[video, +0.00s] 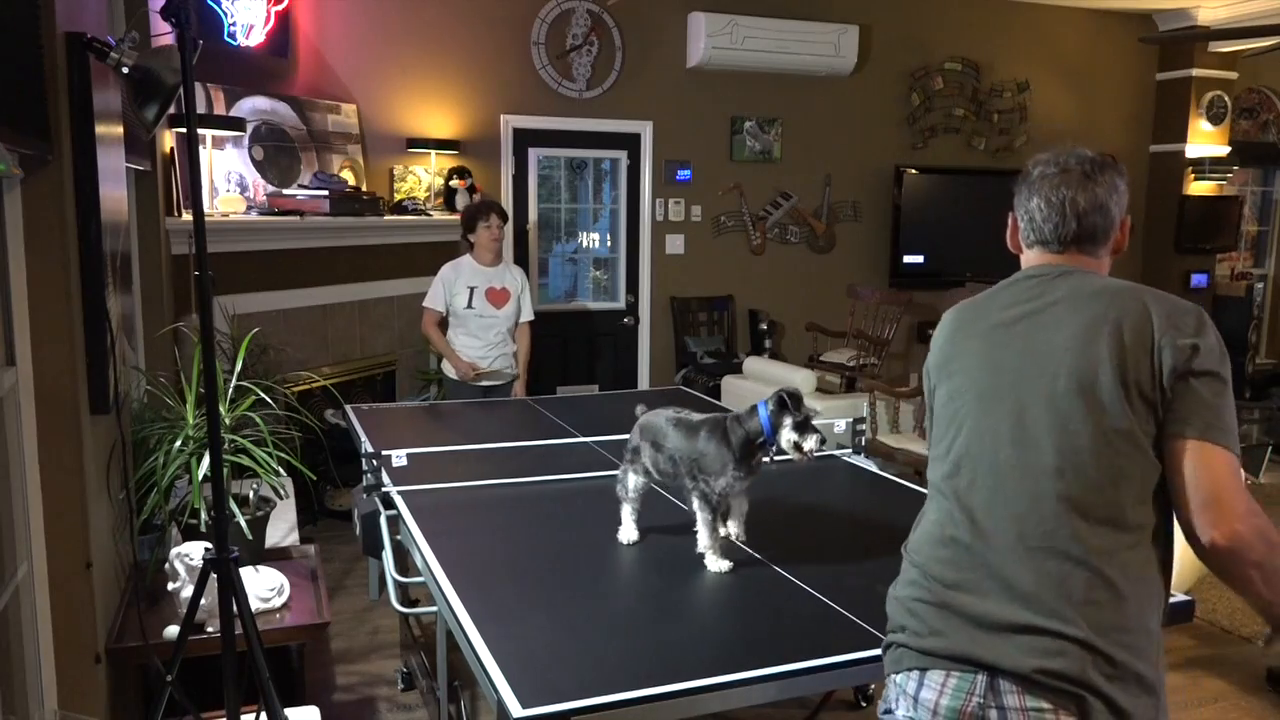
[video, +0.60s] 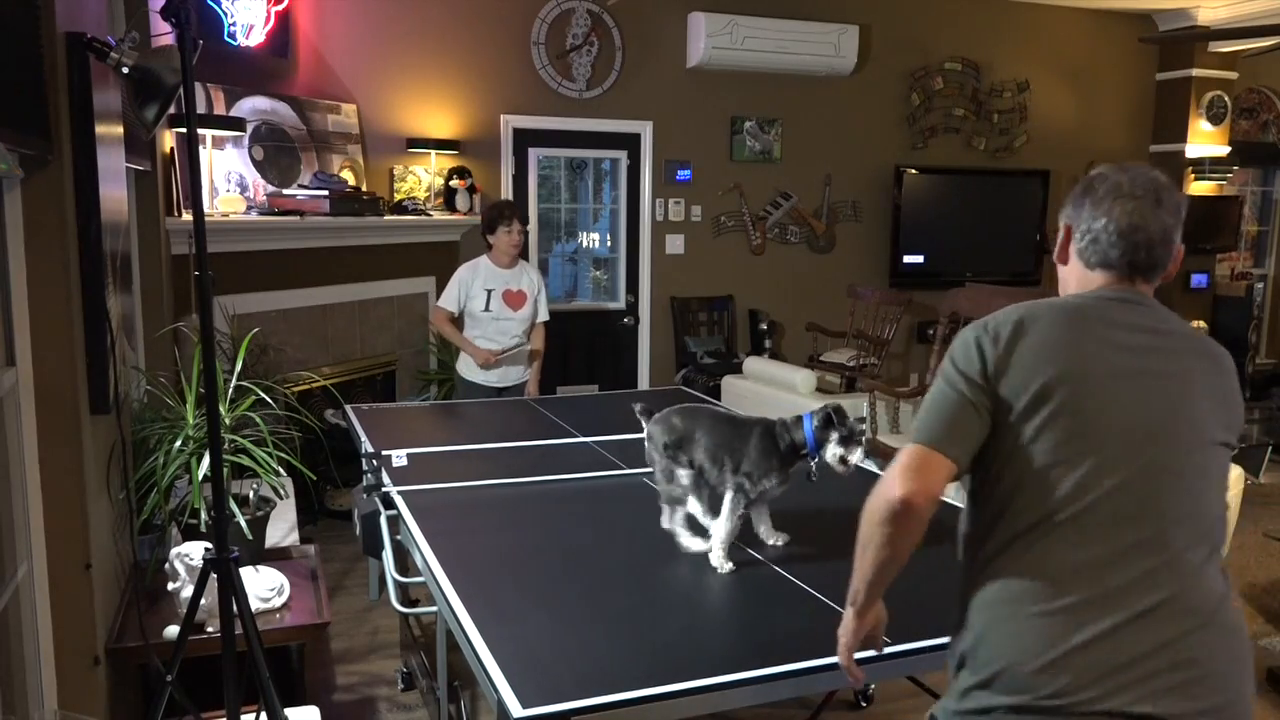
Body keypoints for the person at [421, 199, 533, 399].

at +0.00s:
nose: (496, 233)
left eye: (500, 227)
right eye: (487, 227)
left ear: (504, 231)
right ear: (471, 235)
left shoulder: (516, 275)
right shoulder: (451, 272)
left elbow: (522, 328)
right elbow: (429, 324)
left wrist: (521, 377)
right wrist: (456, 362)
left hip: (504, 381)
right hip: (461, 382)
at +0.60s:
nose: (517, 238)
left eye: (521, 232)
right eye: (508, 232)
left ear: (525, 233)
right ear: (490, 237)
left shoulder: (532, 275)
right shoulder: (468, 273)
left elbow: (537, 328)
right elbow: (438, 317)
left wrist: (534, 378)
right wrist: (474, 352)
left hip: (518, 382)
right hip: (475, 382)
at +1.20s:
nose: (528, 246)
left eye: (532, 240)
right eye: (520, 239)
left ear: (536, 242)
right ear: (502, 243)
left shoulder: (539, 278)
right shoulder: (482, 276)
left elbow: (539, 330)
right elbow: (454, 327)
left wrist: (535, 375)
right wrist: (494, 345)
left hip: (517, 378)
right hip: (476, 378)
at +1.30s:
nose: (528, 250)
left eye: (532, 243)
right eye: (520, 243)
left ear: (537, 245)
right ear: (502, 248)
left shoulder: (537, 281)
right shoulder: (485, 278)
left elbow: (535, 332)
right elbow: (477, 325)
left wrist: (531, 373)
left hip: (511, 374)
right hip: (473, 375)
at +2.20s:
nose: (519, 233)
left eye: (524, 227)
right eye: (511, 227)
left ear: (529, 231)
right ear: (495, 234)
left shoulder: (540, 273)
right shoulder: (477, 272)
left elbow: (547, 327)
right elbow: (457, 324)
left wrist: (549, 377)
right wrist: (494, 350)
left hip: (531, 382)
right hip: (487, 383)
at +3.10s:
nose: (518, 237)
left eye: (523, 230)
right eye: (509, 231)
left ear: (529, 234)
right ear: (496, 236)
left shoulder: (543, 275)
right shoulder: (475, 273)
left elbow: (551, 328)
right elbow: (450, 319)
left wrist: (553, 375)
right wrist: (468, 347)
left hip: (531, 382)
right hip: (487, 382)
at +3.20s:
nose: (512, 241)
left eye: (519, 234)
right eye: (505, 234)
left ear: (526, 237)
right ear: (492, 237)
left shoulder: (539, 277)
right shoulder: (471, 274)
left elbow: (549, 330)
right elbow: (439, 314)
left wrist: (550, 379)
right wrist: (450, 343)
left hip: (527, 384)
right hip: (482, 385)